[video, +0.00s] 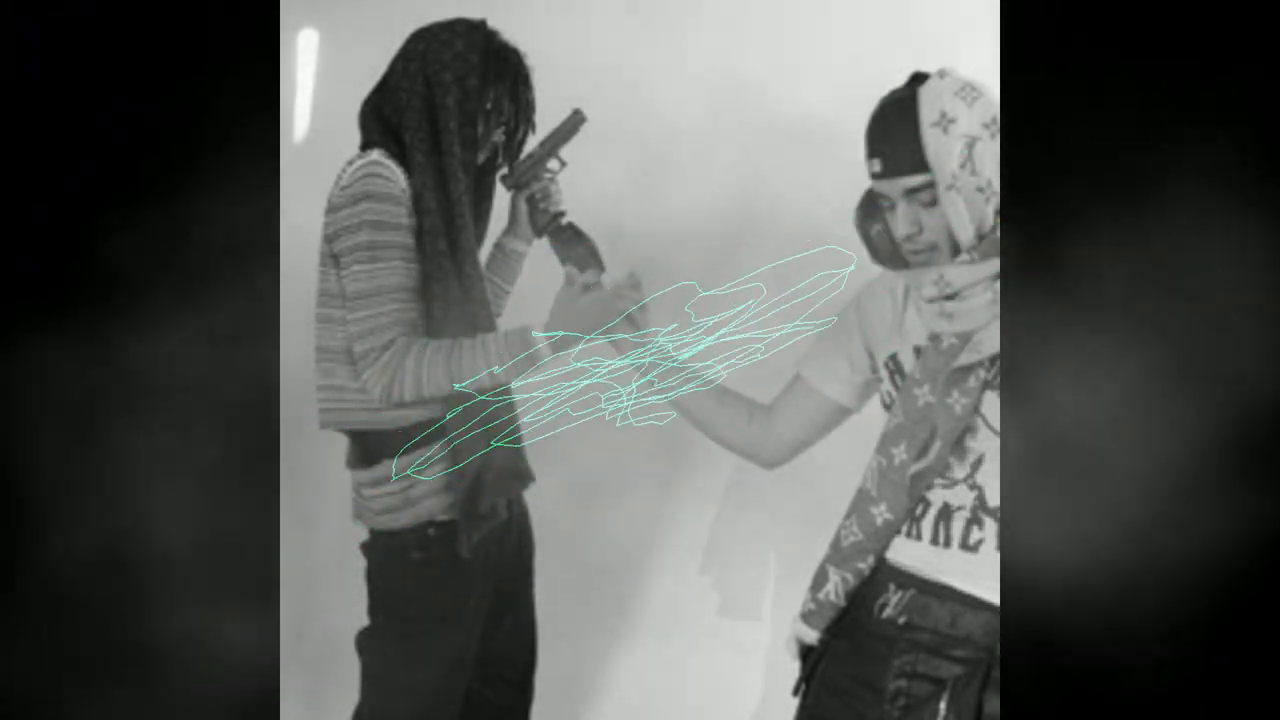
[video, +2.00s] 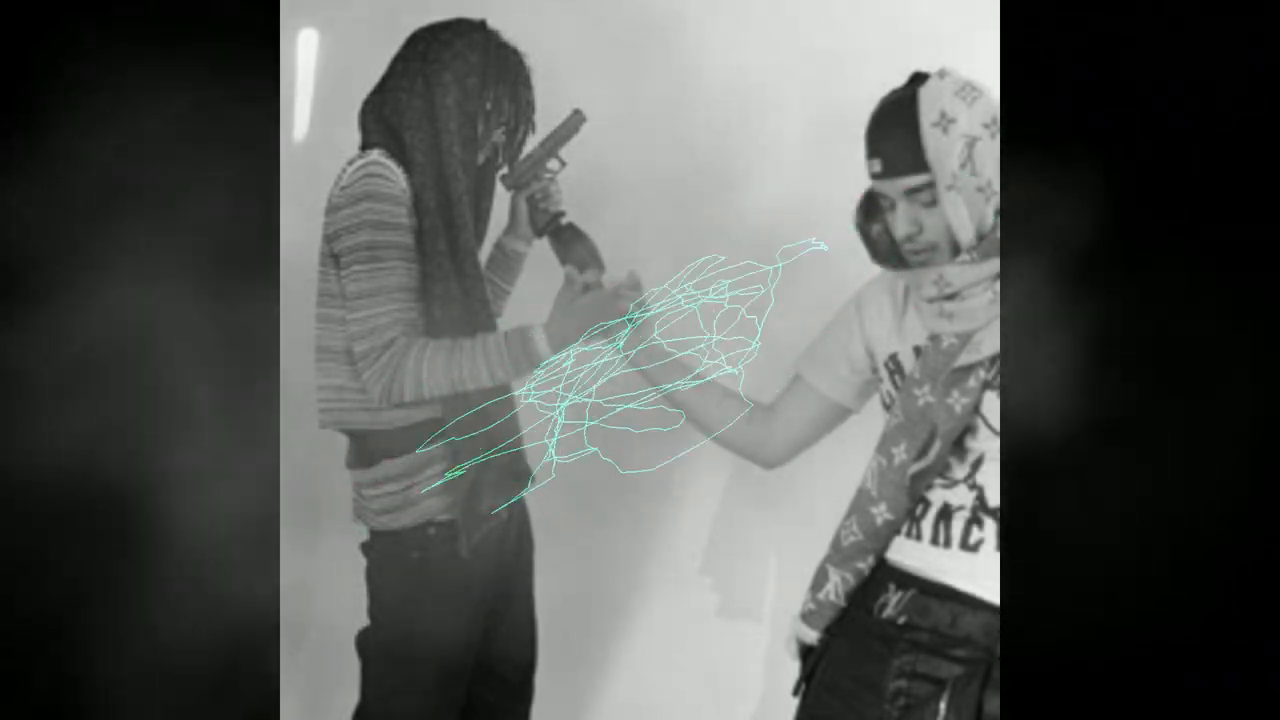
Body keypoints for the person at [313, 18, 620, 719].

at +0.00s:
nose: (495, 142)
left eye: (502, 124)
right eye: (489, 119)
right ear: (446, 108)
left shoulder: (430, 191)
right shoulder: (377, 182)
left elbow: (464, 330)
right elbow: (388, 370)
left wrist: (518, 234)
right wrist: (555, 337)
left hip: (486, 498)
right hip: (420, 514)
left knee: (500, 697)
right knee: (411, 703)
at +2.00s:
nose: (499, 147)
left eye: (506, 129)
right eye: (493, 124)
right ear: (450, 110)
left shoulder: (425, 192)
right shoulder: (377, 183)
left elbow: (462, 329)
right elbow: (388, 369)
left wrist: (519, 234)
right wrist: (550, 338)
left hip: (486, 493)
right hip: (423, 510)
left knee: (500, 695)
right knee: (413, 702)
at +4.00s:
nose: (497, 144)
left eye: (504, 126)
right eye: (492, 119)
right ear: (448, 108)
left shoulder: (427, 191)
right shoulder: (377, 182)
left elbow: (463, 330)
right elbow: (387, 370)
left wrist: (519, 234)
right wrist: (550, 338)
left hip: (486, 493)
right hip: (420, 509)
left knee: (500, 701)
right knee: (411, 705)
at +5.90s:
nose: (497, 143)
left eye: (504, 124)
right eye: (492, 119)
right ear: (449, 106)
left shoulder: (426, 189)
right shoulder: (377, 183)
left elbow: (463, 333)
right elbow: (389, 370)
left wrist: (517, 234)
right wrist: (544, 340)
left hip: (487, 498)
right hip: (422, 514)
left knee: (500, 699)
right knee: (410, 704)